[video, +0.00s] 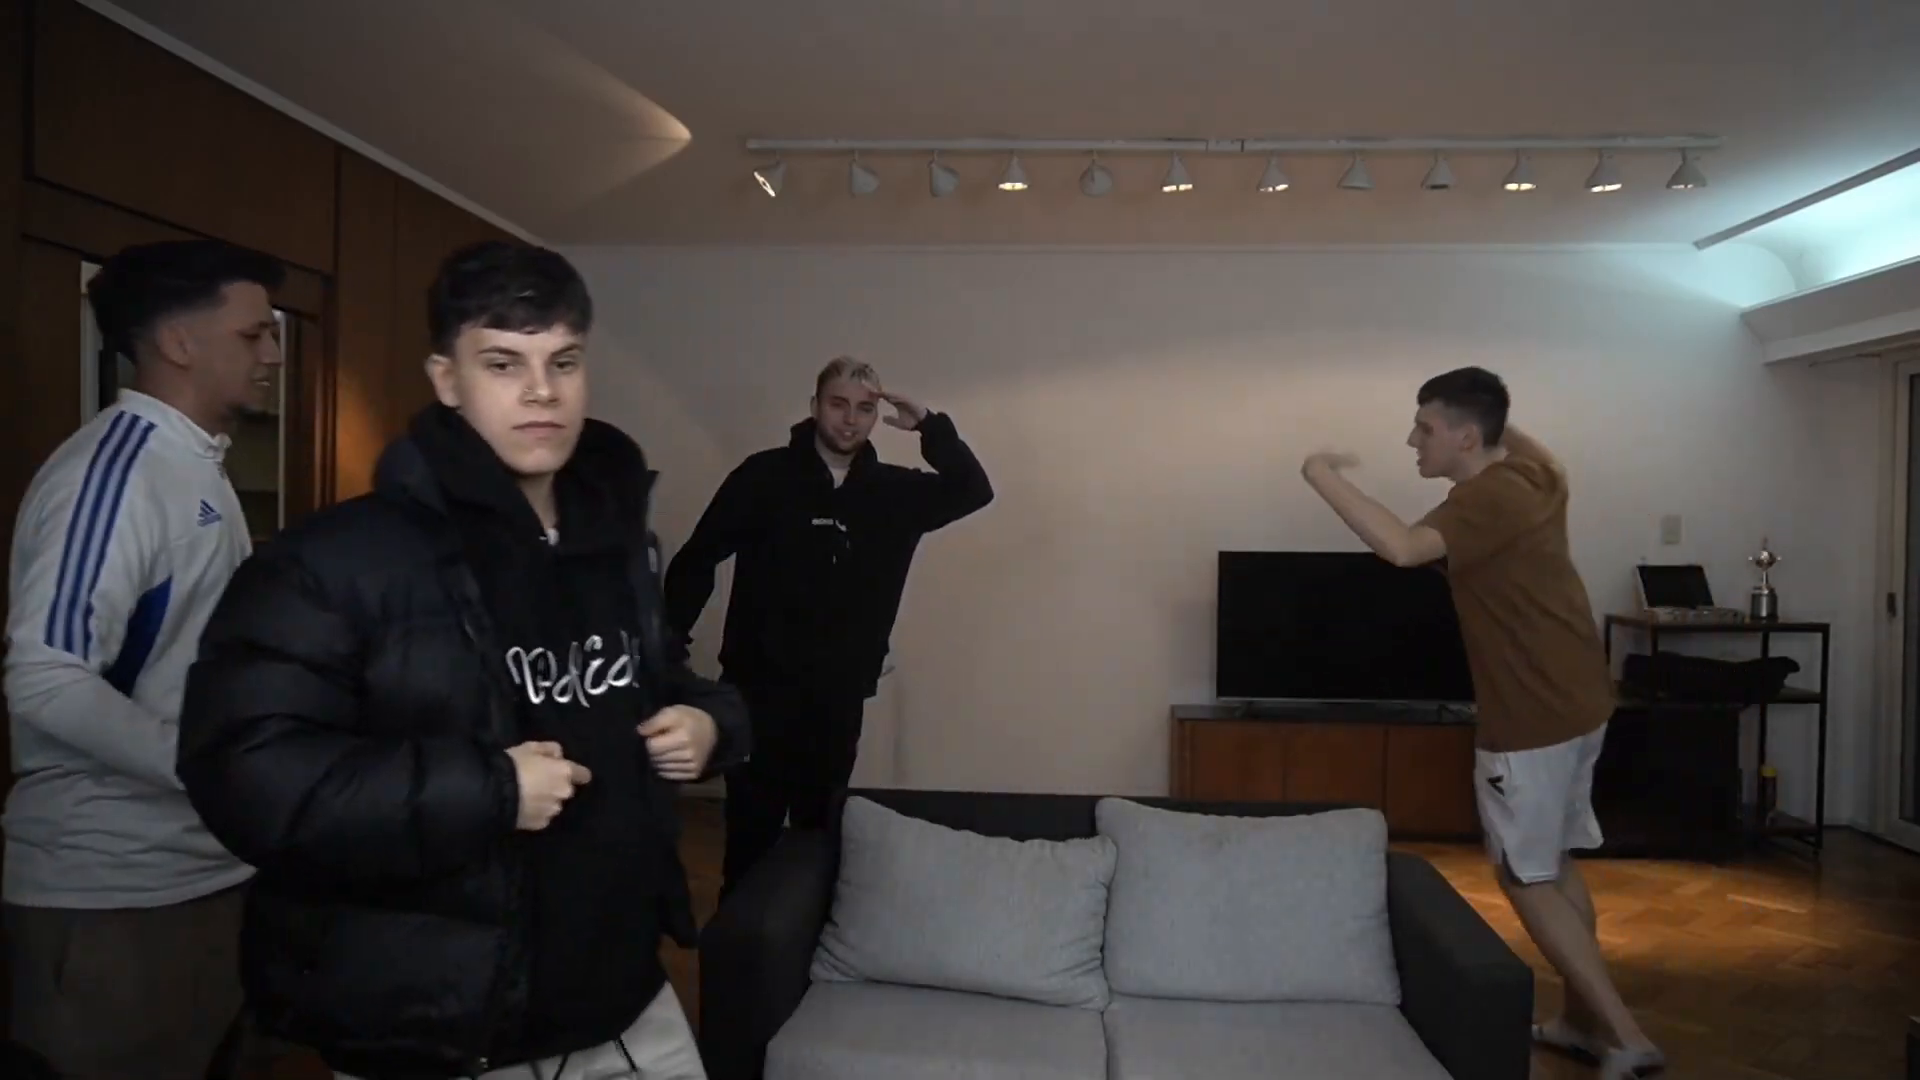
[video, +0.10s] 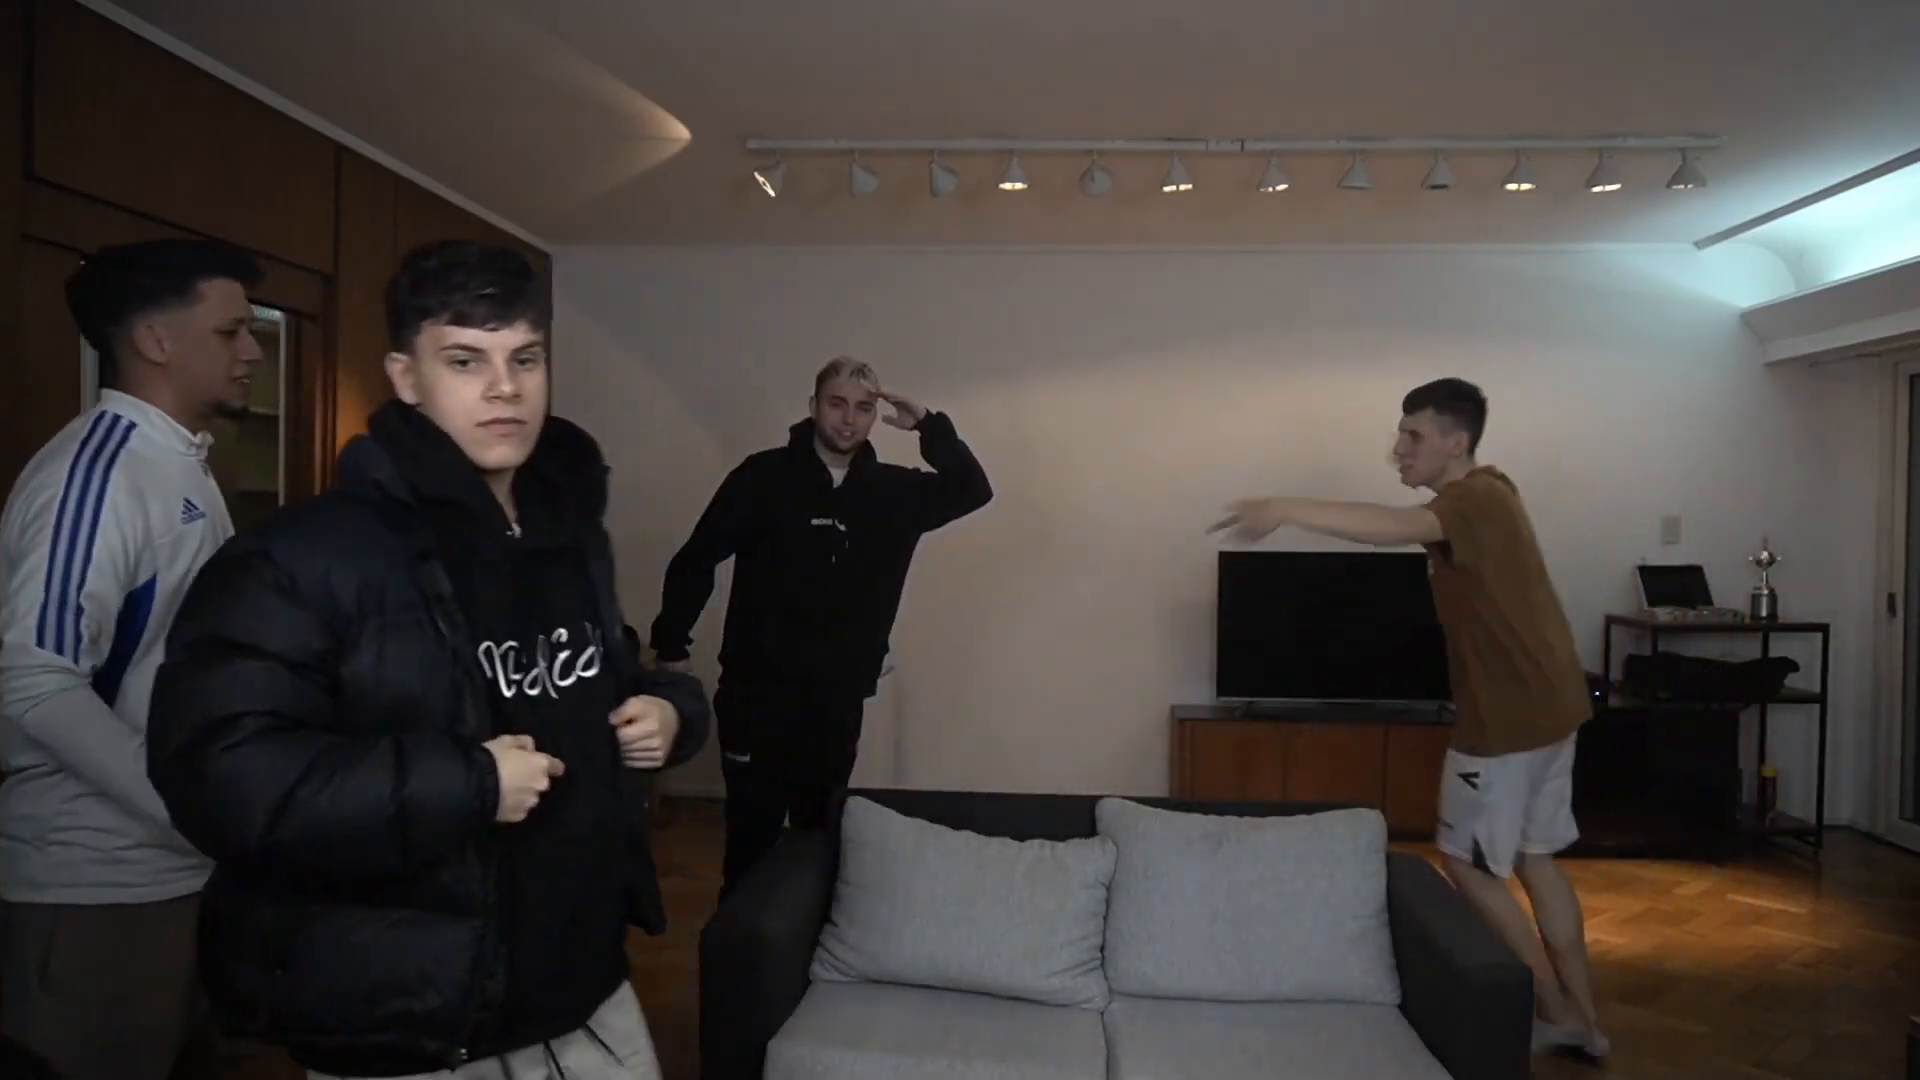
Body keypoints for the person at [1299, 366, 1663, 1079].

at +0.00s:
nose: (1413, 438)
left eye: (1424, 427)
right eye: (1417, 424)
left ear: (1472, 434)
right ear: (1484, 432)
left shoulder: (1492, 495)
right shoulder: (1536, 470)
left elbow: (1405, 547)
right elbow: (1506, 428)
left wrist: (1322, 475)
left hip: (1528, 720)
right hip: (1577, 702)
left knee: (1521, 873)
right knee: (1555, 865)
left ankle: (1629, 1039)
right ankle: (1579, 1020)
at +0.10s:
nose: (1398, 448)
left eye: (1413, 436)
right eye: (1400, 434)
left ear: (1460, 442)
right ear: (1461, 446)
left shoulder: (1470, 499)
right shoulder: (1495, 492)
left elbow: (1397, 526)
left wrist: (1283, 510)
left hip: (1502, 718)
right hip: (1552, 706)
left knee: (1469, 863)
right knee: (1537, 856)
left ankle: (1552, 1010)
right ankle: (1584, 1020)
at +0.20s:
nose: (1380, 438)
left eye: (1393, 426)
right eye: (1381, 426)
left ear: (1435, 434)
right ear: (1431, 437)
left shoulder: (1447, 496)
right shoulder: (1462, 480)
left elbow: (1381, 529)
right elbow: (1386, 470)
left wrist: (1279, 504)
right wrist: (1322, 460)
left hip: (1469, 703)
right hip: (1513, 693)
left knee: (1430, 845)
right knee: (1512, 836)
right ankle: (1580, 999)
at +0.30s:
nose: (1354, 439)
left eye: (1368, 428)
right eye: (1353, 426)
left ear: (1409, 434)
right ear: (1366, 434)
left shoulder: (1425, 495)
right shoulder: (1389, 486)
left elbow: (1388, 556)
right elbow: (1348, 485)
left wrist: (1299, 492)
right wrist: (1295, 467)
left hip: (1428, 704)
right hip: (1444, 698)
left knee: (1388, 841)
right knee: (1460, 830)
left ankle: (1391, 980)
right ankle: (1558, 961)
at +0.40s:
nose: (1329, 452)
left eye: (1343, 442)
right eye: (1327, 439)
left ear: (1381, 450)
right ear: (1323, 438)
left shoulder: (1397, 508)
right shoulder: (1362, 503)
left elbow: (1361, 566)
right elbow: (1332, 502)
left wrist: (1287, 523)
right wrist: (1279, 482)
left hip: (1398, 716)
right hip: (1378, 709)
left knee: (1380, 847)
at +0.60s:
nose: (1264, 436)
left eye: (1279, 425)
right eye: (1260, 423)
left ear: (1311, 435)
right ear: (1253, 425)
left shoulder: (1324, 491)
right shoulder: (1279, 490)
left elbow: (1303, 553)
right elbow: (1262, 506)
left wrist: (1223, 573)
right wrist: (1204, 503)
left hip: (1337, 703)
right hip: (1286, 695)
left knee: (1342, 836)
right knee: (1275, 831)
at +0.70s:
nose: (1230, 445)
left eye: (1246, 434)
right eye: (1225, 433)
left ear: (1275, 441)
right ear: (1218, 434)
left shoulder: (1291, 498)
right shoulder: (1236, 498)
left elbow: (1300, 564)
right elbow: (1215, 511)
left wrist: (1237, 584)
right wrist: (1146, 503)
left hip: (1293, 705)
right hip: (1243, 697)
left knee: (1284, 835)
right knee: (1226, 825)